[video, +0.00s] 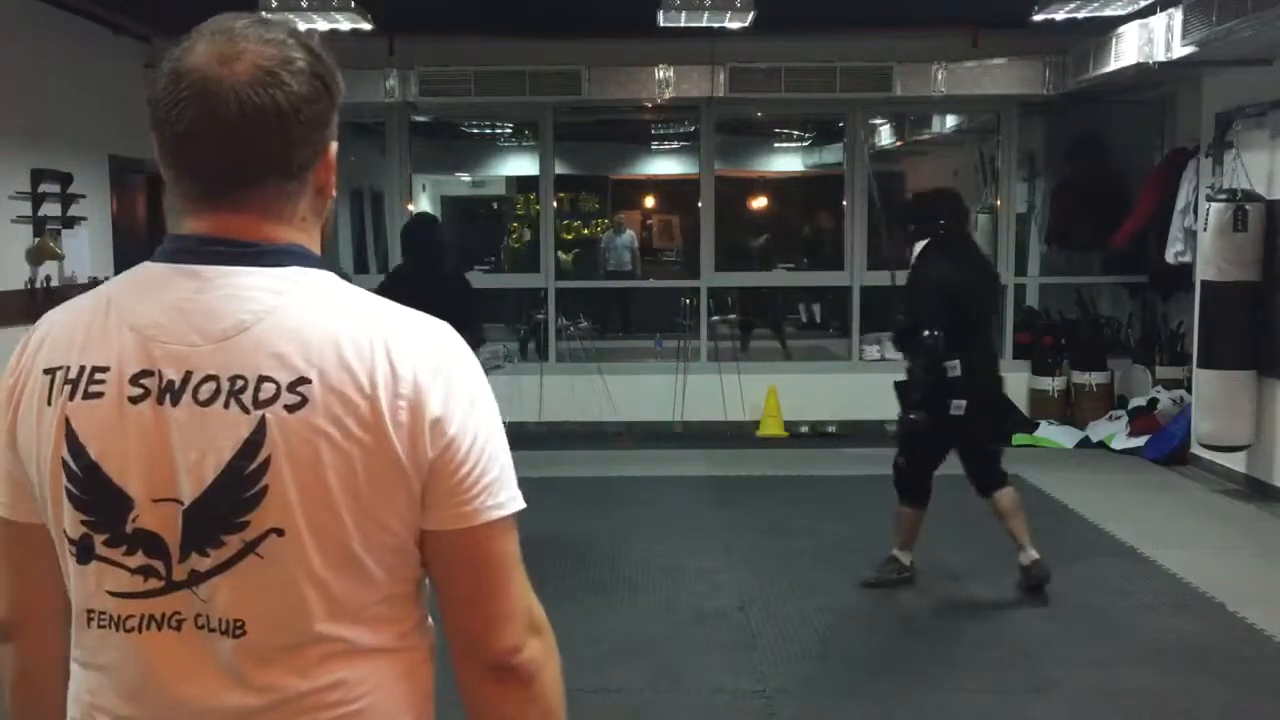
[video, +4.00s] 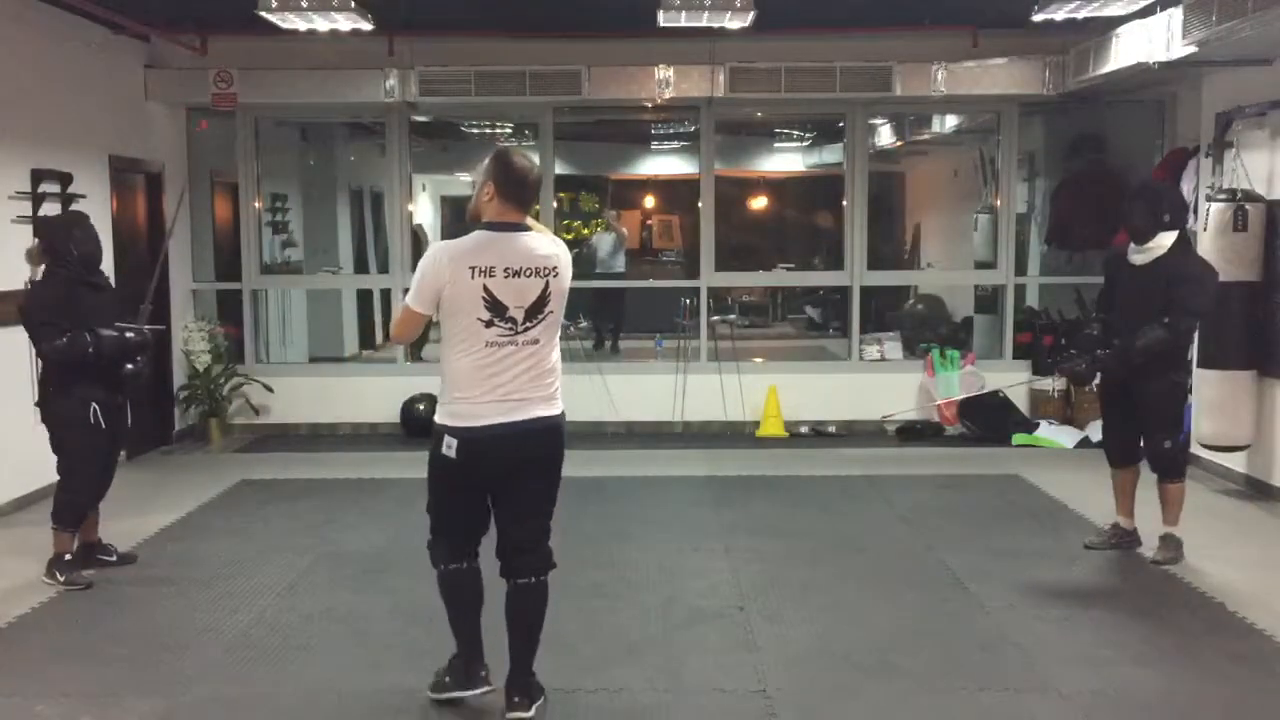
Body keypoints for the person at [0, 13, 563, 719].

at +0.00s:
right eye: (338, 153)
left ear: (165, 169)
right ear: (327, 171)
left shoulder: (45, 354)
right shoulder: (416, 360)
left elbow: (29, 634)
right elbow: (508, 656)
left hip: (114, 705)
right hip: (346, 703)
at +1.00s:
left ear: (242, 153)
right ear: (392, 167)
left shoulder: (145, 310)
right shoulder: (440, 326)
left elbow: (143, 530)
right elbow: (529, 586)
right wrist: (534, 654)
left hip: (176, 702)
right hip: (378, 705)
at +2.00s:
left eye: (329, 169)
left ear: (336, 178)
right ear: (428, 191)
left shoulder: (261, 287)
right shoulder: (479, 286)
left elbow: (232, 406)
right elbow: (573, 289)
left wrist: (313, 390)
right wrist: (481, 213)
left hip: (317, 616)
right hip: (458, 613)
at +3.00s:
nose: (447, 188)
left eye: (451, 180)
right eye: (452, 180)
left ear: (457, 189)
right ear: (518, 198)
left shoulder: (402, 272)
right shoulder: (548, 268)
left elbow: (353, 358)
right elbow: (541, 227)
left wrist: (399, 314)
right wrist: (505, 166)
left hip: (430, 490)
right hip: (524, 488)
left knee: (452, 646)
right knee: (531, 640)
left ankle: (464, 716)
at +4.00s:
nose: (474, 192)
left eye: (477, 183)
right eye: (478, 183)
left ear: (488, 190)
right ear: (532, 197)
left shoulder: (446, 256)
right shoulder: (558, 255)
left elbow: (403, 331)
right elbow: (536, 310)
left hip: (467, 433)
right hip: (539, 432)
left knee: (454, 547)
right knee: (527, 554)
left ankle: (469, 664)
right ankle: (522, 684)